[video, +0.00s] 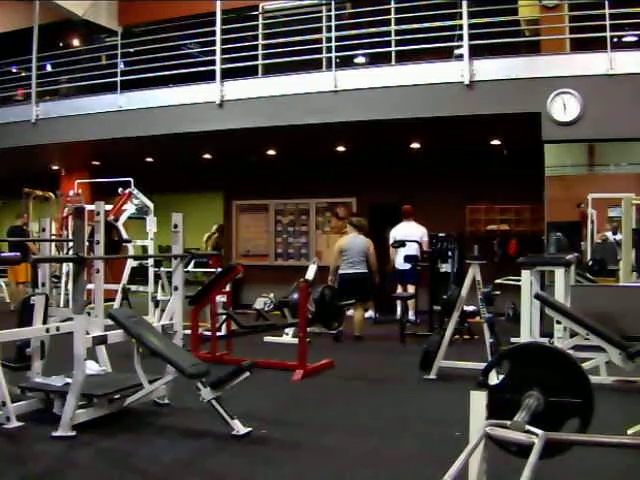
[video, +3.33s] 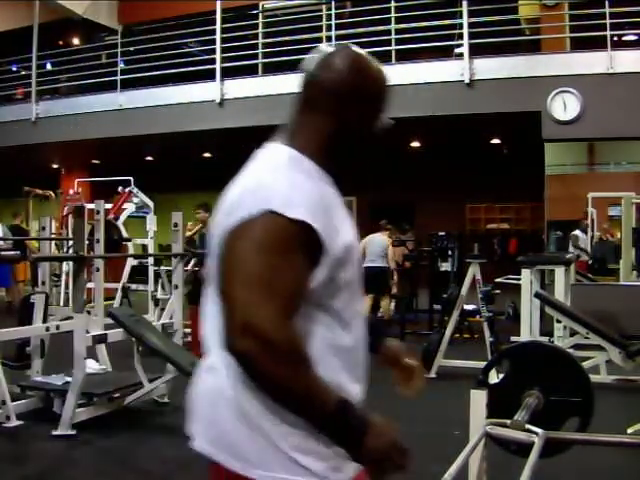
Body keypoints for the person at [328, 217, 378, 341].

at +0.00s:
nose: (346, 229)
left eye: (347, 227)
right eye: (347, 227)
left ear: (350, 228)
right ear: (361, 229)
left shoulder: (341, 242)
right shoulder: (367, 242)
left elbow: (335, 261)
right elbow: (372, 262)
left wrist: (331, 275)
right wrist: (375, 275)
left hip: (345, 274)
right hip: (362, 274)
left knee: (341, 305)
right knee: (359, 305)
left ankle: (339, 328)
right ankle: (358, 333)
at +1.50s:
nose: (364, 229)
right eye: (363, 228)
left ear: (352, 228)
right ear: (362, 228)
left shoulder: (344, 242)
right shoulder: (368, 241)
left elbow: (339, 261)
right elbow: (372, 261)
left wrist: (338, 274)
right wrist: (377, 275)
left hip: (348, 272)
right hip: (364, 272)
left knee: (349, 301)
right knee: (365, 300)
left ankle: (346, 326)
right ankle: (367, 324)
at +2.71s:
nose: (374, 229)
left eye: (373, 227)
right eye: (373, 227)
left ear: (362, 227)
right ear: (370, 227)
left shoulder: (355, 240)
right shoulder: (373, 239)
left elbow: (353, 256)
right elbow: (377, 257)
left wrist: (354, 265)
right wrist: (382, 271)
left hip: (357, 267)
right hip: (370, 268)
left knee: (361, 295)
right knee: (372, 294)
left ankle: (364, 321)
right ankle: (371, 318)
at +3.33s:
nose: (389, 234)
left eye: (389, 232)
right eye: (389, 232)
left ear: (379, 230)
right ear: (388, 231)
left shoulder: (367, 239)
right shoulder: (388, 241)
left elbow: (359, 253)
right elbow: (390, 258)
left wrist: (358, 265)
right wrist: (394, 271)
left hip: (368, 266)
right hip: (382, 267)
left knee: (370, 294)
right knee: (385, 295)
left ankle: (365, 315)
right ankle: (385, 316)